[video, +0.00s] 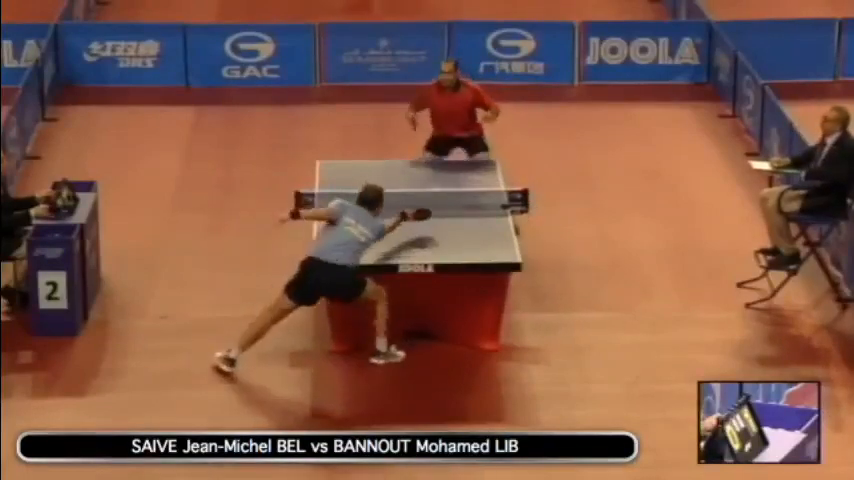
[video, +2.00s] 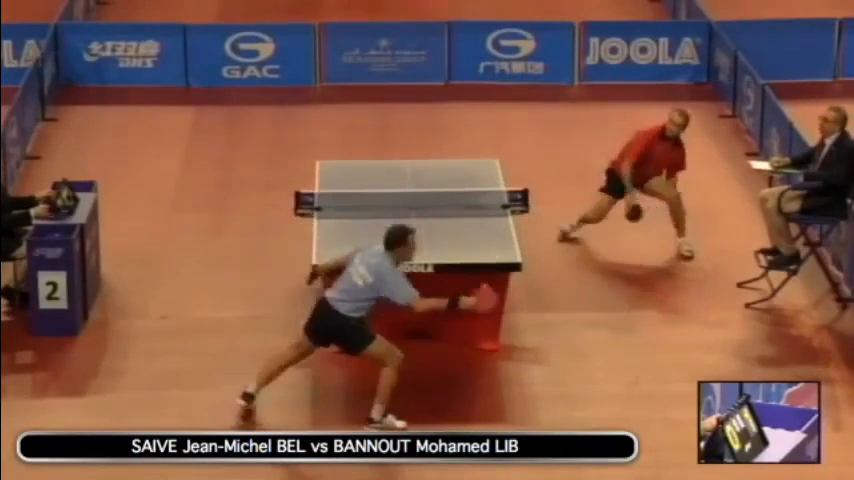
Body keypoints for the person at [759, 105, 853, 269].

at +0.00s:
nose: (822, 123)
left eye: (827, 120)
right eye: (823, 119)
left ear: (840, 125)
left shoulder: (847, 146)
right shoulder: (826, 142)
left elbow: (838, 176)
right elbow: (805, 159)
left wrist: (808, 173)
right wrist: (786, 163)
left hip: (830, 199)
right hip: (815, 191)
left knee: (775, 204)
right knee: (766, 196)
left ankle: (790, 254)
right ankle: (780, 247)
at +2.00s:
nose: (821, 123)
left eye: (826, 121)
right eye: (821, 119)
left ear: (838, 126)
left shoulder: (846, 147)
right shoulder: (826, 141)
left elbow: (837, 177)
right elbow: (807, 158)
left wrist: (806, 175)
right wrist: (786, 163)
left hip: (830, 199)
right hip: (815, 191)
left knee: (773, 205)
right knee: (766, 197)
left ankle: (789, 254)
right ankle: (780, 247)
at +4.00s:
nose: (821, 122)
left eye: (827, 119)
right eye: (822, 118)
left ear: (839, 125)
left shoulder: (846, 147)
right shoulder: (826, 140)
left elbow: (837, 177)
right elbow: (808, 158)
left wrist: (804, 175)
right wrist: (787, 163)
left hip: (829, 199)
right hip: (815, 191)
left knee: (774, 205)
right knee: (765, 196)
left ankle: (790, 254)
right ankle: (780, 247)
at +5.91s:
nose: (822, 123)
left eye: (828, 120)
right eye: (822, 119)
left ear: (840, 125)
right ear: (820, 119)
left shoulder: (846, 147)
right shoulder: (826, 141)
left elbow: (836, 177)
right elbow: (808, 157)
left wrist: (804, 175)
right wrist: (787, 163)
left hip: (829, 199)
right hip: (815, 191)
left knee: (773, 205)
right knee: (765, 197)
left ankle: (790, 254)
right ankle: (780, 247)